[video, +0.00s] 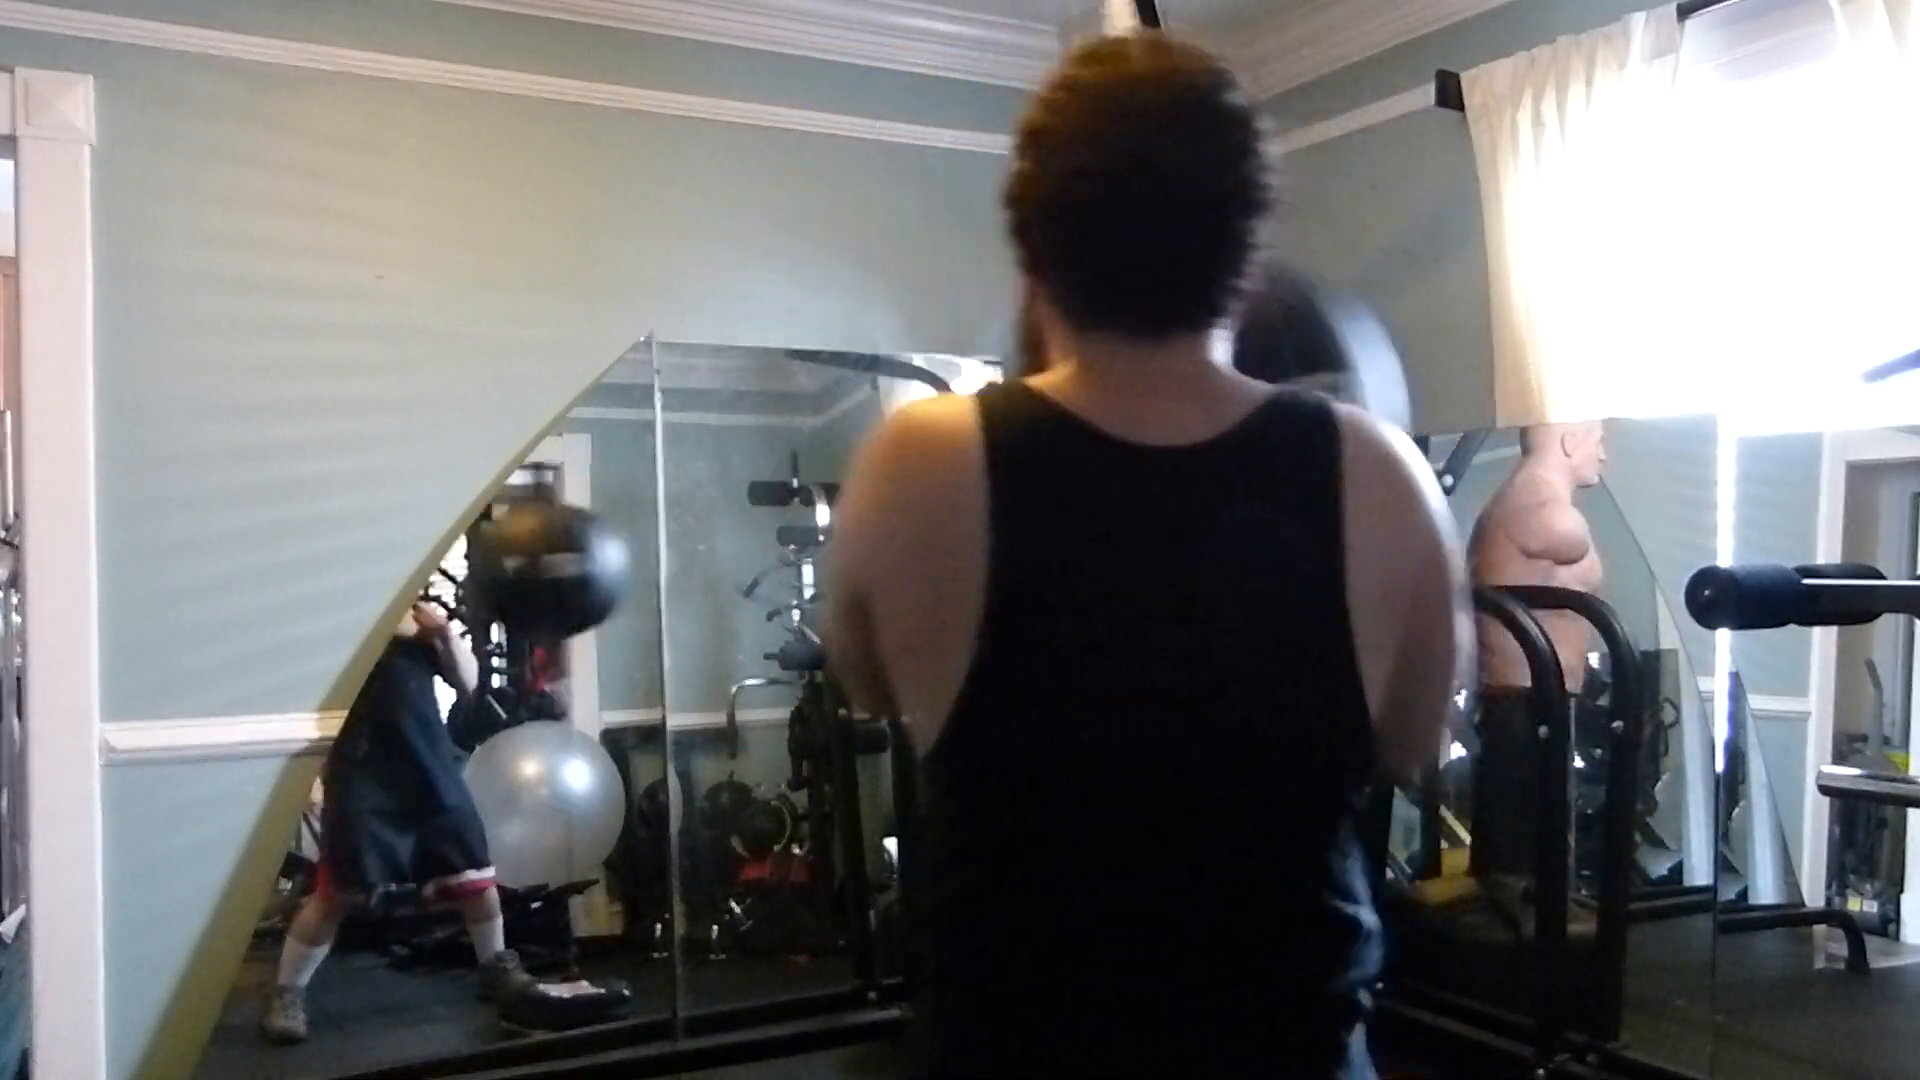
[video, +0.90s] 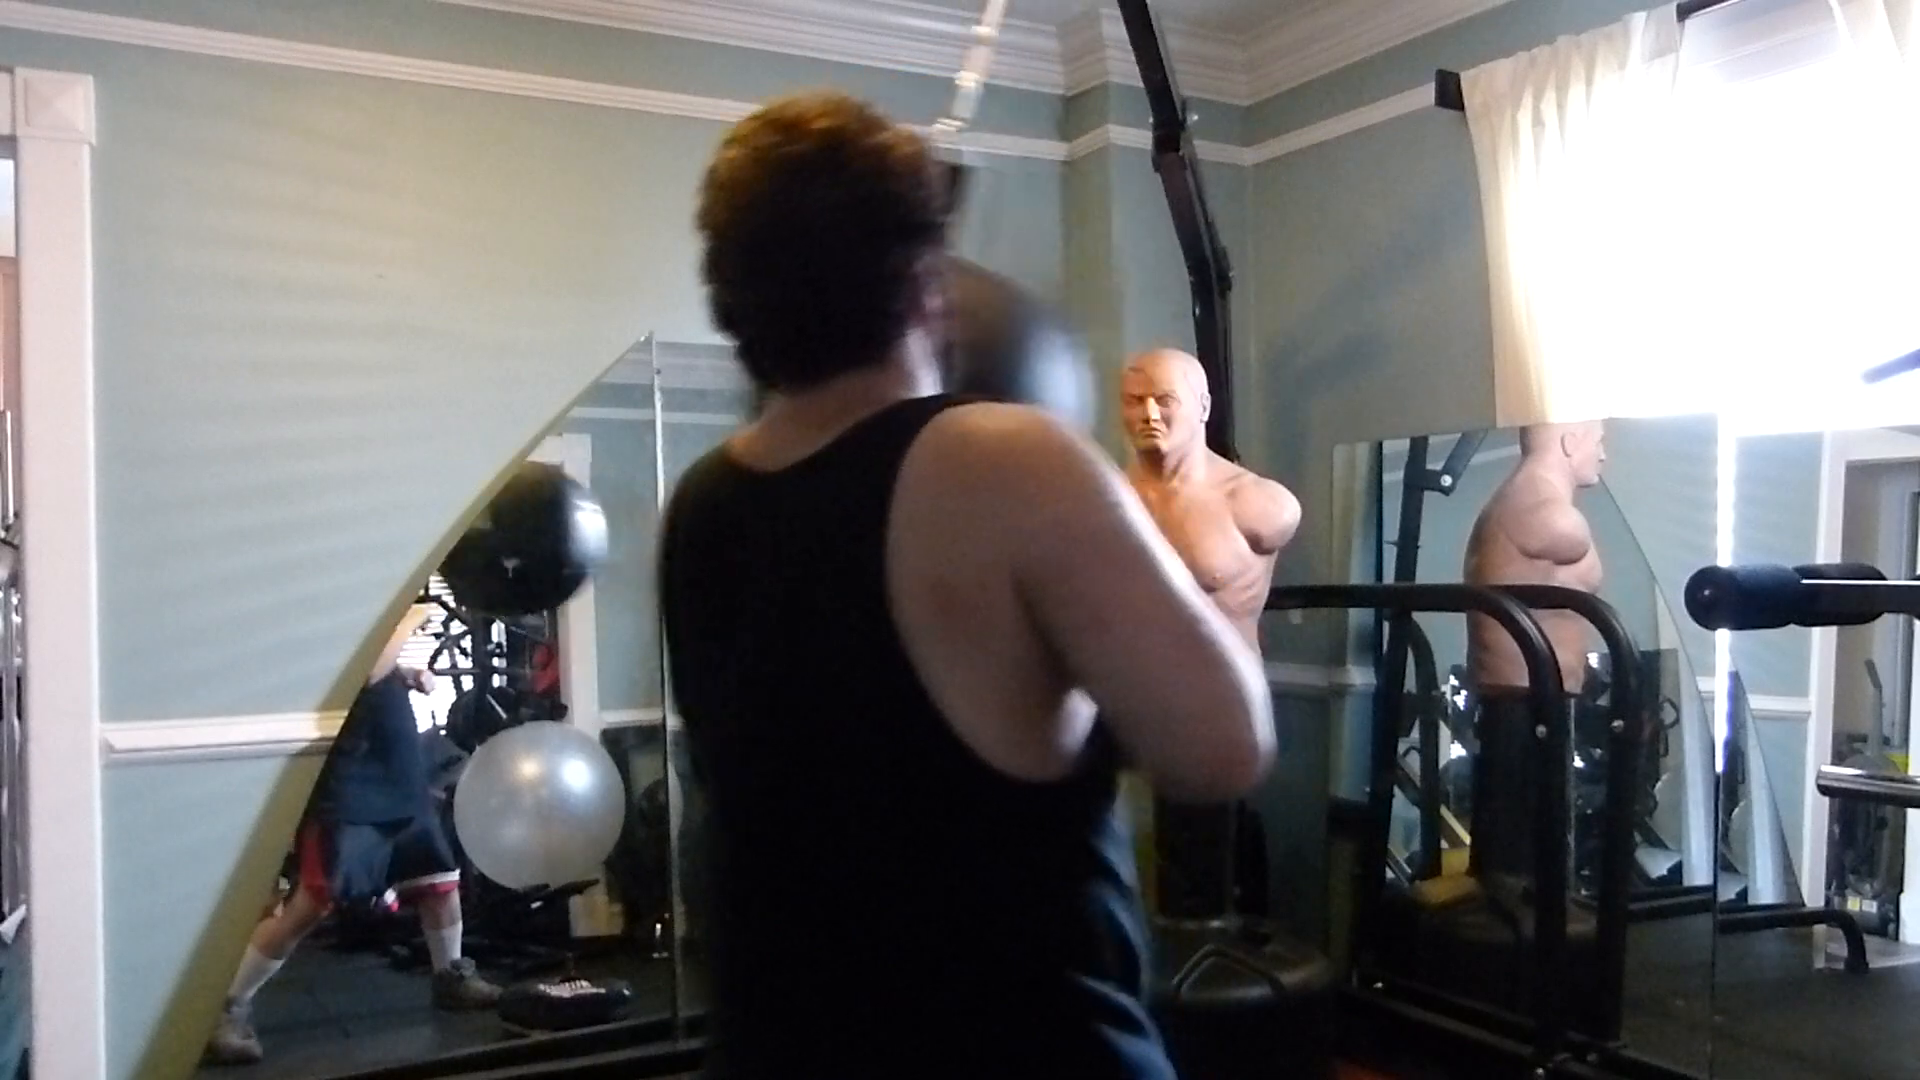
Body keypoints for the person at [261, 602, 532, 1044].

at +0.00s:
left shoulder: (428, 612)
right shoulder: (352, 617)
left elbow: (468, 681)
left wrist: (445, 629)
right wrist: (388, 622)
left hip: (431, 765)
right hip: (361, 770)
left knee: (477, 878)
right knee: (335, 893)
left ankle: (497, 972)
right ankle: (288, 997)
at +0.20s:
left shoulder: (386, 597)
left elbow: (446, 644)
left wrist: (407, 604)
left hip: (399, 757)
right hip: (330, 768)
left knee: (451, 867)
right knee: (310, 887)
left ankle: (477, 966)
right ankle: (279, 995)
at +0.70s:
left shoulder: (390, 608)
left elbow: (380, 668)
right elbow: (436, 609)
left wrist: (424, 673)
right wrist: (515, 591)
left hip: (402, 771)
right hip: (343, 777)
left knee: (440, 873)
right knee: (324, 892)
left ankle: (452, 976)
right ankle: (257, 994)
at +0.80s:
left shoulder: (384, 598)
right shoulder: (351, 598)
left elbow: (379, 679)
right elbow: (405, 638)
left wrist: (420, 672)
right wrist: (471, 608)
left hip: (405, 772)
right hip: (353, 774)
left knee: (441, 872)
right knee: (324, 892)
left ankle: (451, 975)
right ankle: (236, 999)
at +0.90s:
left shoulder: (392, 599)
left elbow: (372, 674)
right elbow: (366, 670)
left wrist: (402, 675)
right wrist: (410, 616)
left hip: (402, 775)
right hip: (343, 779)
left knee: (438, 881)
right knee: (313, 900)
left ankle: (451, 976)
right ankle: (234, 1006)